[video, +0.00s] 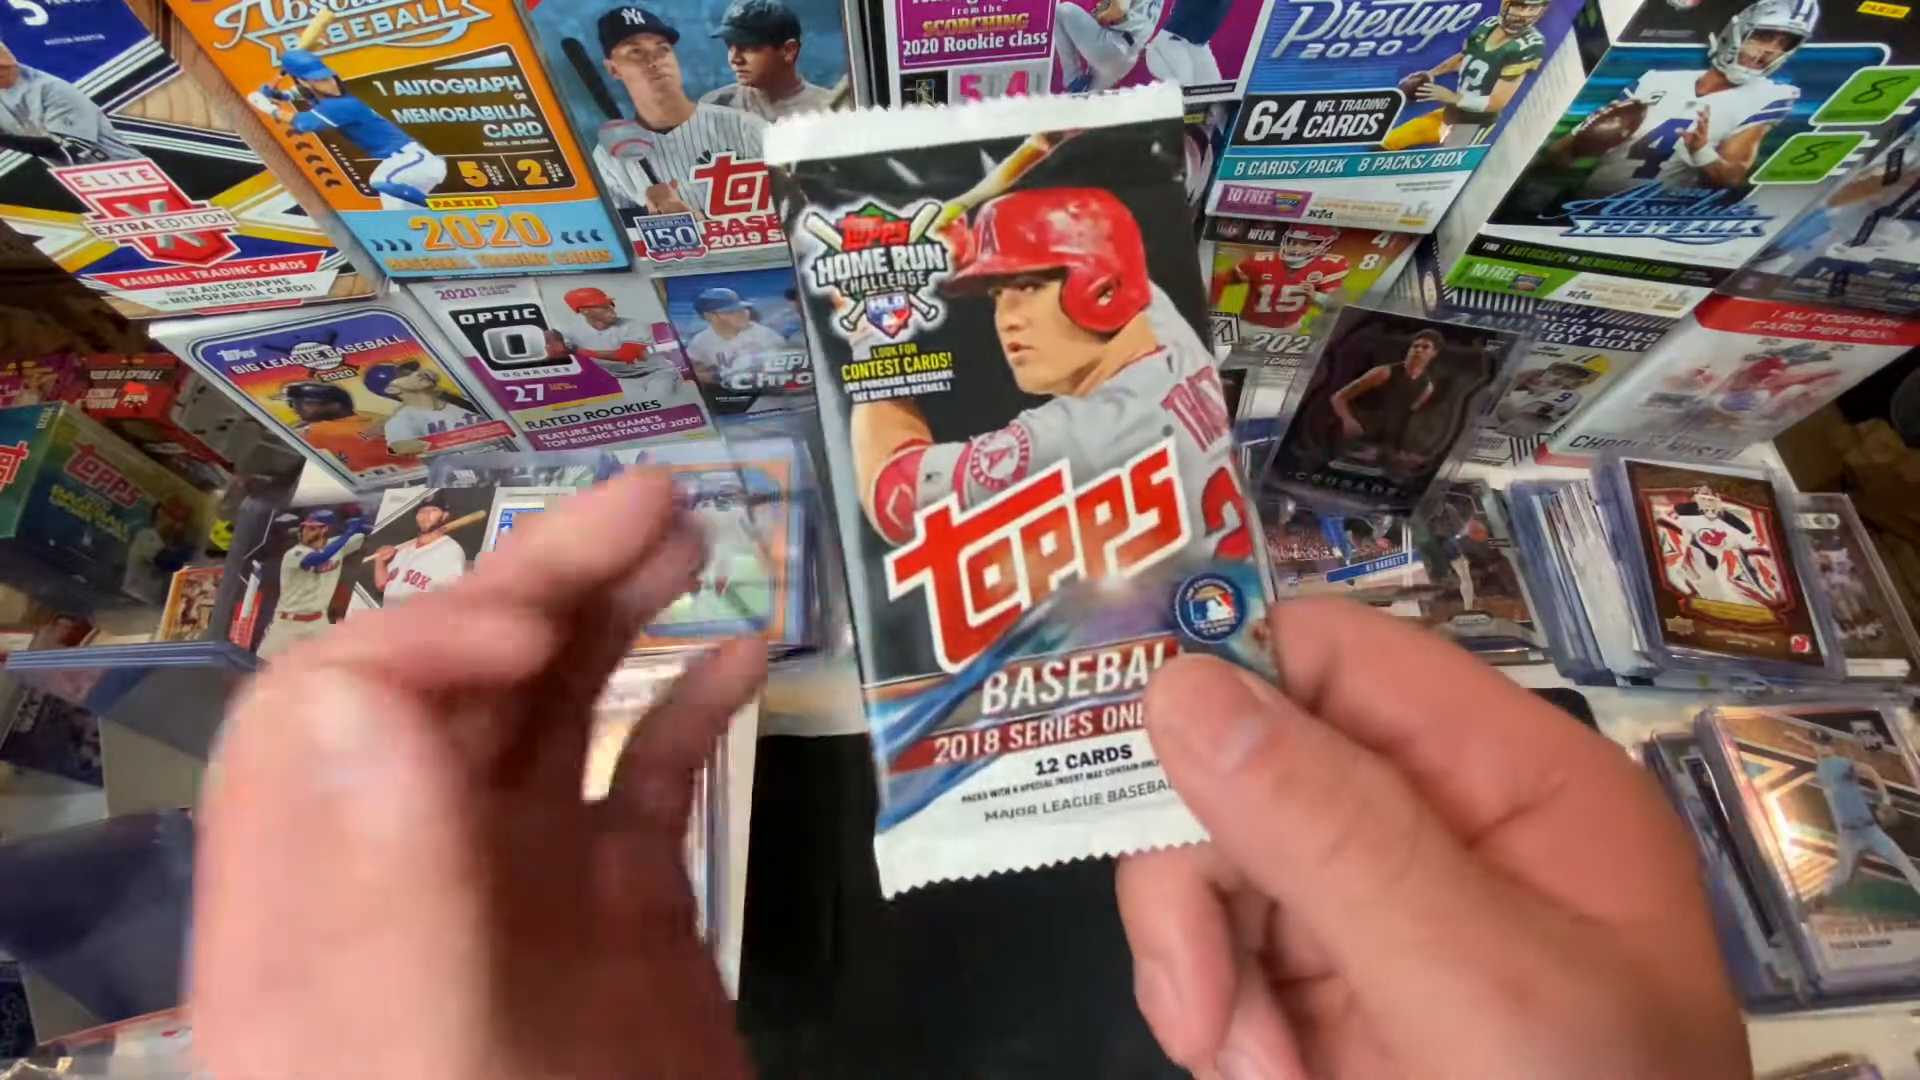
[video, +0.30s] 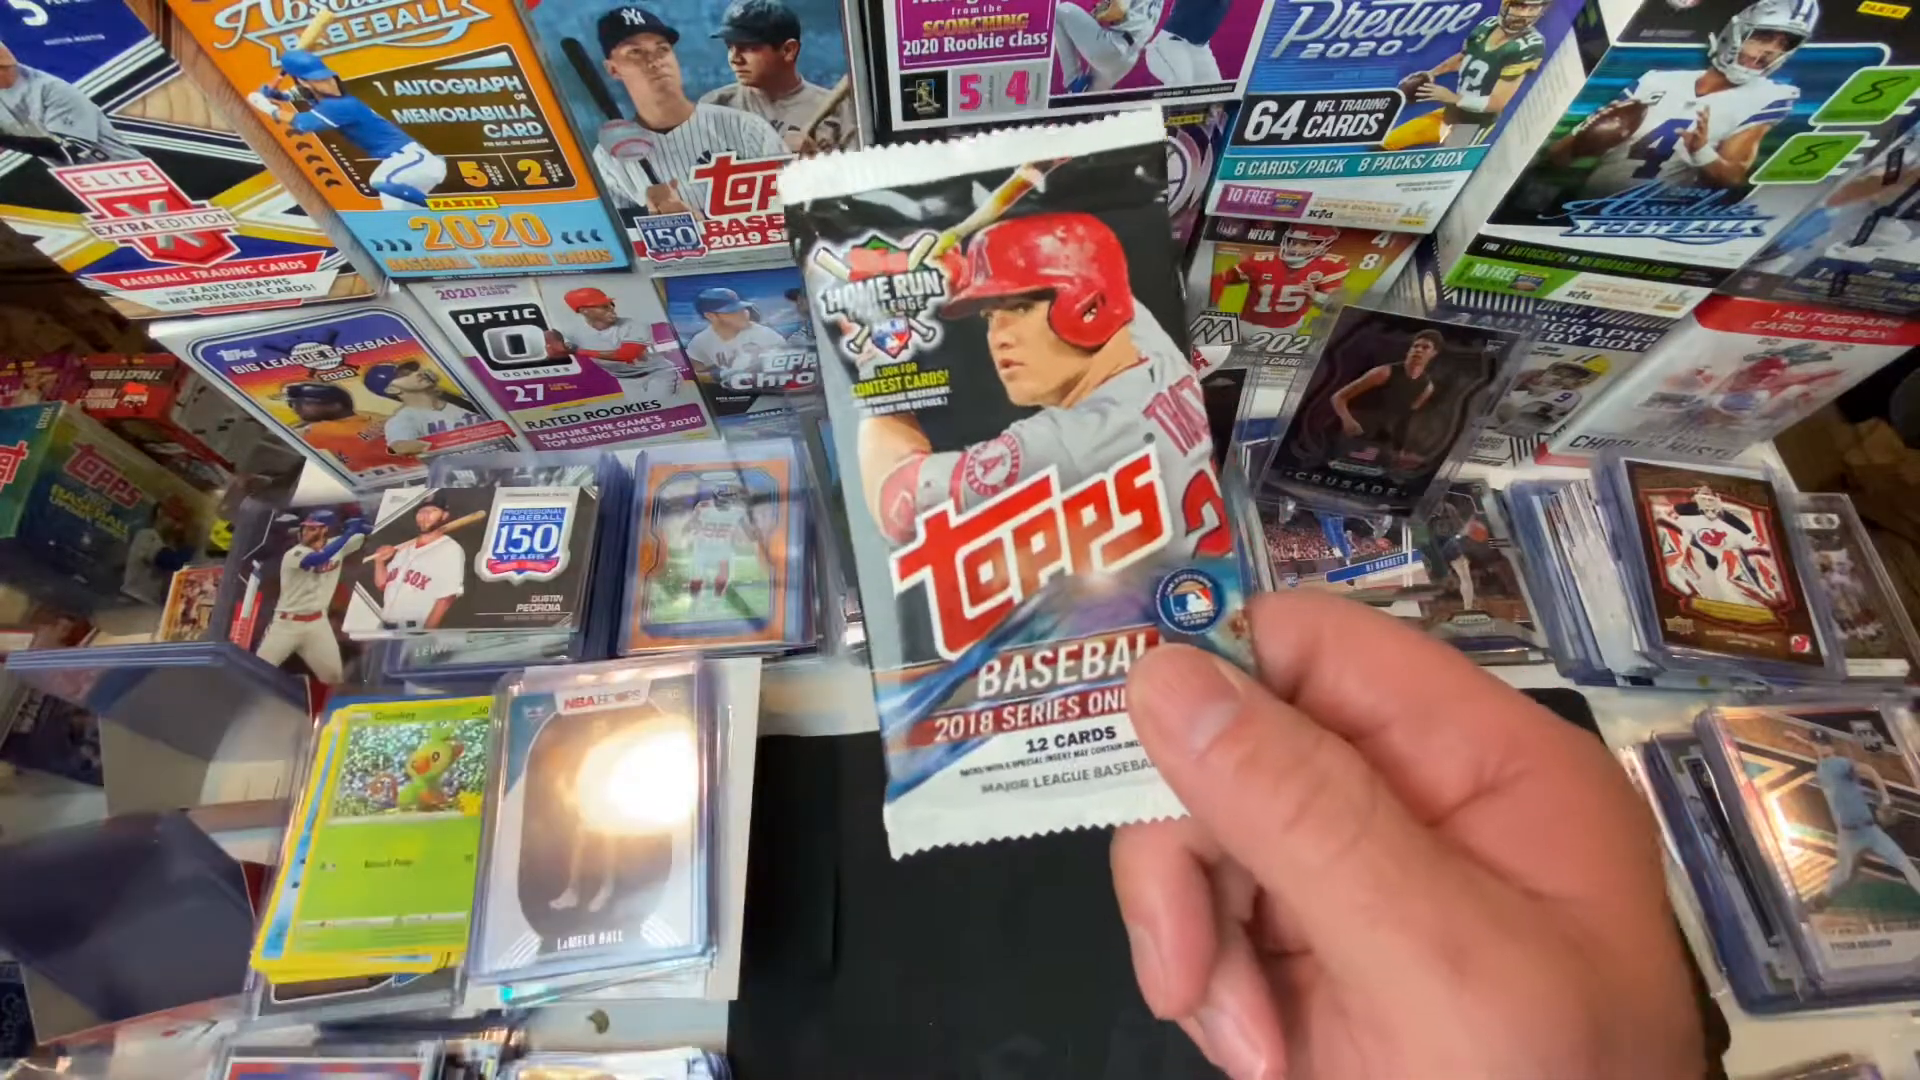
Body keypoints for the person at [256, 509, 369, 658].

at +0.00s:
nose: (303, 532)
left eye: (309, 528)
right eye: (304, 528)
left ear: (323, 530)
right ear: (302, 529)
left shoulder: (338, 547)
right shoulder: (293, 554)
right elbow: (319, 558)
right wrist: (349, 534)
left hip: (318, 624)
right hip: (286, 624)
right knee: (261, 666)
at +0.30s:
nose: (304, 533)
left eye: (310, 529)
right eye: (304, 528)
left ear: (324, 531)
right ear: (302, 530)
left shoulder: (337, 549)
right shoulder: (293, 555)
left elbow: (365, 532)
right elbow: (319, 559)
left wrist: (356, 522)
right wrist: (346, 537)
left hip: (317, 625)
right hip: (285, 624)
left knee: (332, 674)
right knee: (260, 669)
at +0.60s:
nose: (304, 532)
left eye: (310, 528)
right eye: (304, 528)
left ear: (324, 531)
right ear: (302, 530)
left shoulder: (337, 549)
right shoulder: (293, 554)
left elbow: (366, 532)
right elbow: (318, 559)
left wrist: (357, 523)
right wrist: (347, 536)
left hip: (317, 625)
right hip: (284, 624)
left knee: (333, 675)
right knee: (259, 670)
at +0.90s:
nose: (303, 532)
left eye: (309, 528)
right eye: (304, 528)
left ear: (324, 531)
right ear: (303, 530)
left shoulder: (336, 549)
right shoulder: (293, 554)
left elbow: (365, 532)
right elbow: (318, 560)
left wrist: (354, 522)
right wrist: (346, 536)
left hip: (317, 625)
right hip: (284, 624)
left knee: (334, 680)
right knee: (258, 671)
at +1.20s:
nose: (303, 532)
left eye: (309, 528)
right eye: (303, 528)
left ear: (324, 531)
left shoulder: (336, 549)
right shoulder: (293, 554)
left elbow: (366, 532)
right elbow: (319, 559)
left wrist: (355, 524)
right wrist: (346, 536)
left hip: (317, 625)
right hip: (284, 624)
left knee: (334, 679)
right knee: (259, 671)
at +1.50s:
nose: (304, 531)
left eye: (310, 528)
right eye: (304, 527)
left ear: (324, 531)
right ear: (303, 529)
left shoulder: (337, 549)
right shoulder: (293, 554)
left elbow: (365, 532)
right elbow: (318, 560)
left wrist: (356, 523)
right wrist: (347, 536)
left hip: (317, 625)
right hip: (285, 625)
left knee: (334, 679)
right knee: (258, 671)